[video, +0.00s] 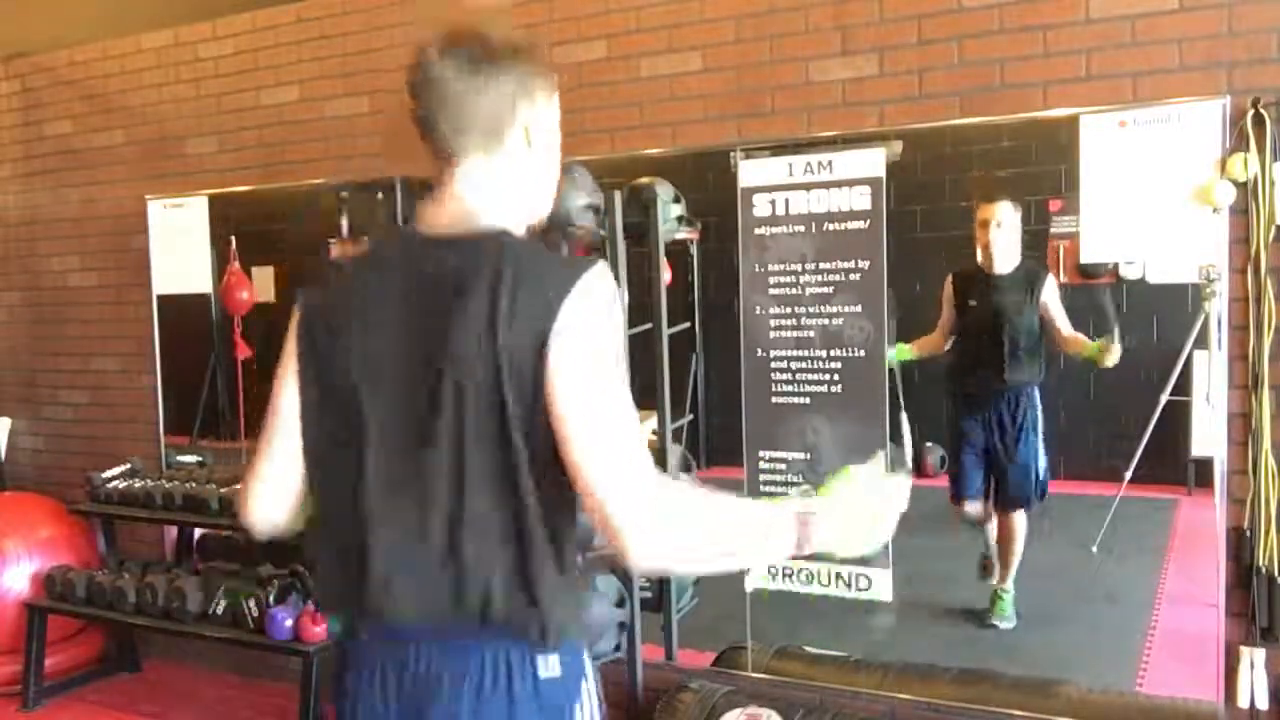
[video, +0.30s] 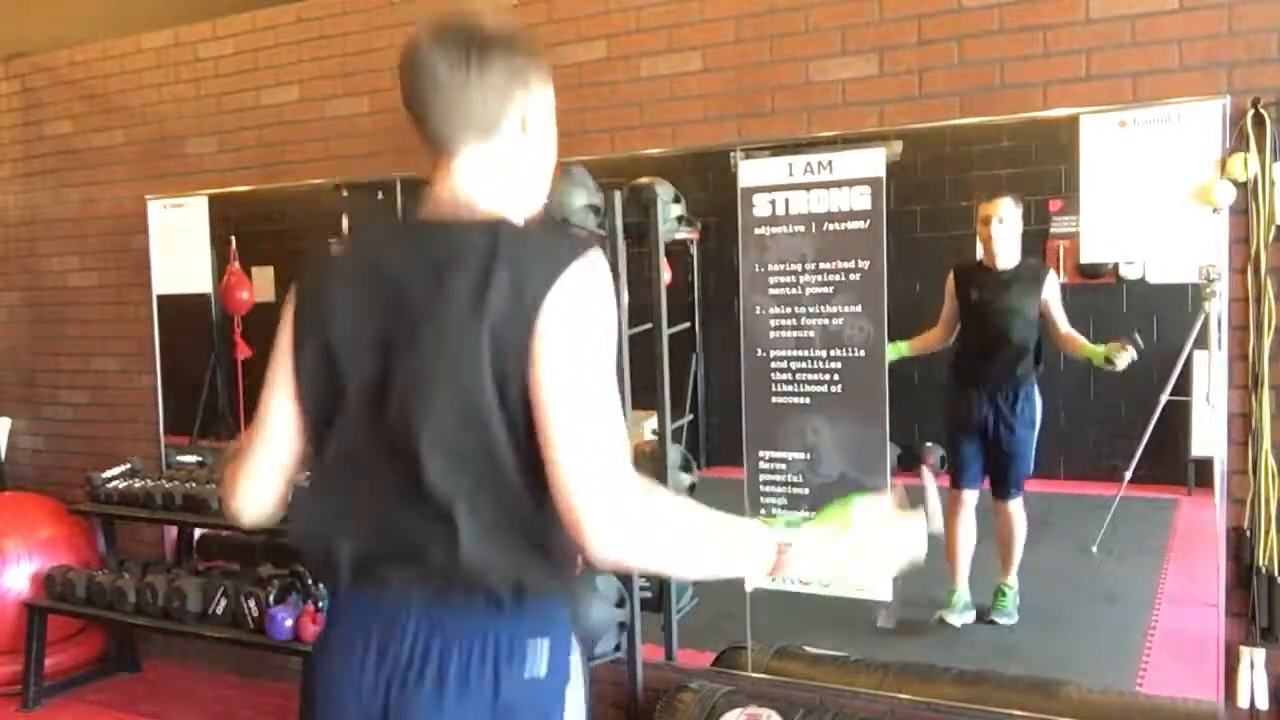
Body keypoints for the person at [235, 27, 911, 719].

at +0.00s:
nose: (562, 156)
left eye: (557, 130)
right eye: (557, 130)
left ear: (436, 136)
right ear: (530, 129)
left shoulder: (326, 302)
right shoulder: (563, 292)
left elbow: (265, 508)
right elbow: (638, 524)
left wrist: (373, 440)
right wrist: (812, 522)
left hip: (373, 665)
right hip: (520, 667)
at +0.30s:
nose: (556, 147)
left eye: (551, 121)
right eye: (552, 120)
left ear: (427, 127)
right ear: (528, 116)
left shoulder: (331, 279)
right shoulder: (557, 272)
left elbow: (250, 495)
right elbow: (609, 523)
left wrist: (338, 428)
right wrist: (790, 550)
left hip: (359, 641)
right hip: (513, 654)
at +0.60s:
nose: (530, 67)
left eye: (527, 44)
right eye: (526, 43)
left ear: (399, 53)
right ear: (499, 44)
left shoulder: (296, 212)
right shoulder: (527, 187)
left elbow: (240, 428)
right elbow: (580, 435)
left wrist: (213, 527)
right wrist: (761, 550)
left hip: (341, 572)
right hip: (492, 581)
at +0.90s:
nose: (510, 72)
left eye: (505, 46)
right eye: (504, 45)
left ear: (380, 56)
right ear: (477, 44)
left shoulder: (281, 233)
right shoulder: (507, 196)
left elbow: (223, 458)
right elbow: (584, 441)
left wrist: (215, 540)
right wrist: (757, 529)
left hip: (348, 600)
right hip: (497, 597)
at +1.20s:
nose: (523, 154)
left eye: (516, 128)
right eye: (518, 127)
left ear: (386, 135)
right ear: (495, 128)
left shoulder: (293, 298)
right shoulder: (517, 277)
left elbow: (218, 504)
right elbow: (605, 515)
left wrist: (335, 438)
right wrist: (789, 500)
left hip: (349, 677)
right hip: (502, 676)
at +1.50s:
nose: (557, 137)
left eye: (549, 115)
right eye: (551, 114)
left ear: (417, 127)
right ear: (525, 117)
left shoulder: (325, 279)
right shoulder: (556, 267)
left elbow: (261, 506)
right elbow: (627, 506)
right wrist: (829, 529)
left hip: (381, 644)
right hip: (533, 647)